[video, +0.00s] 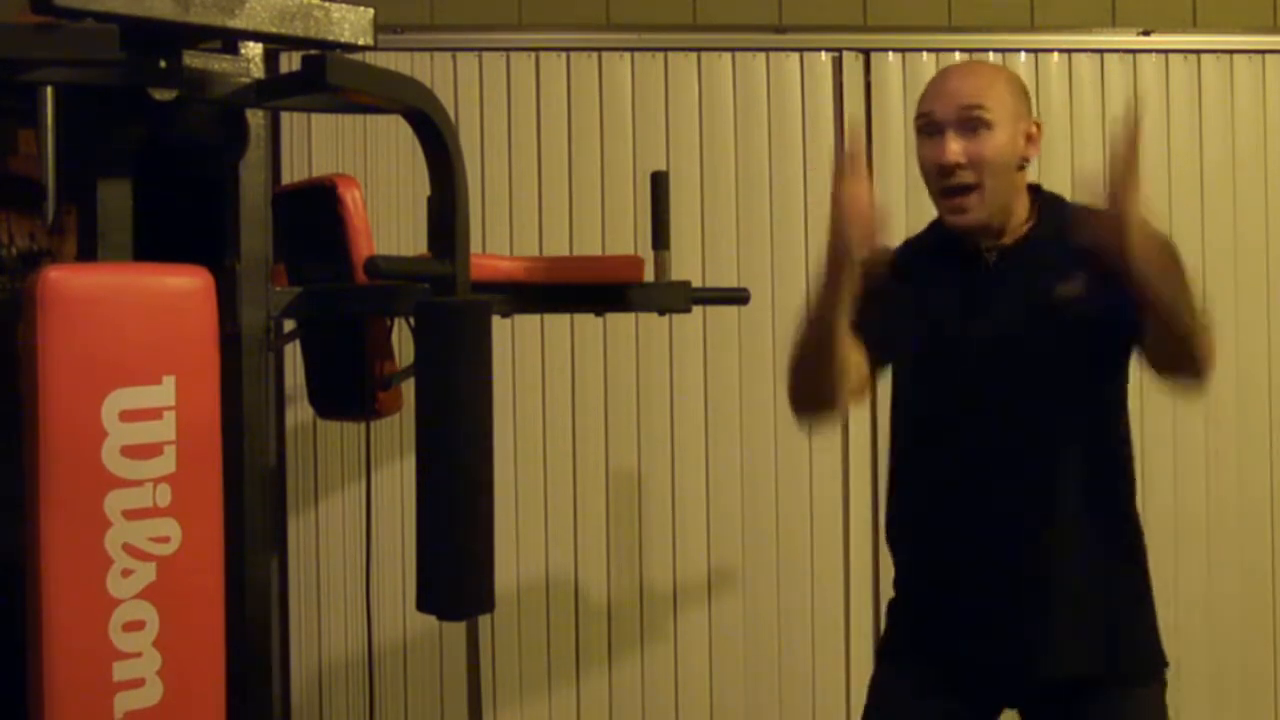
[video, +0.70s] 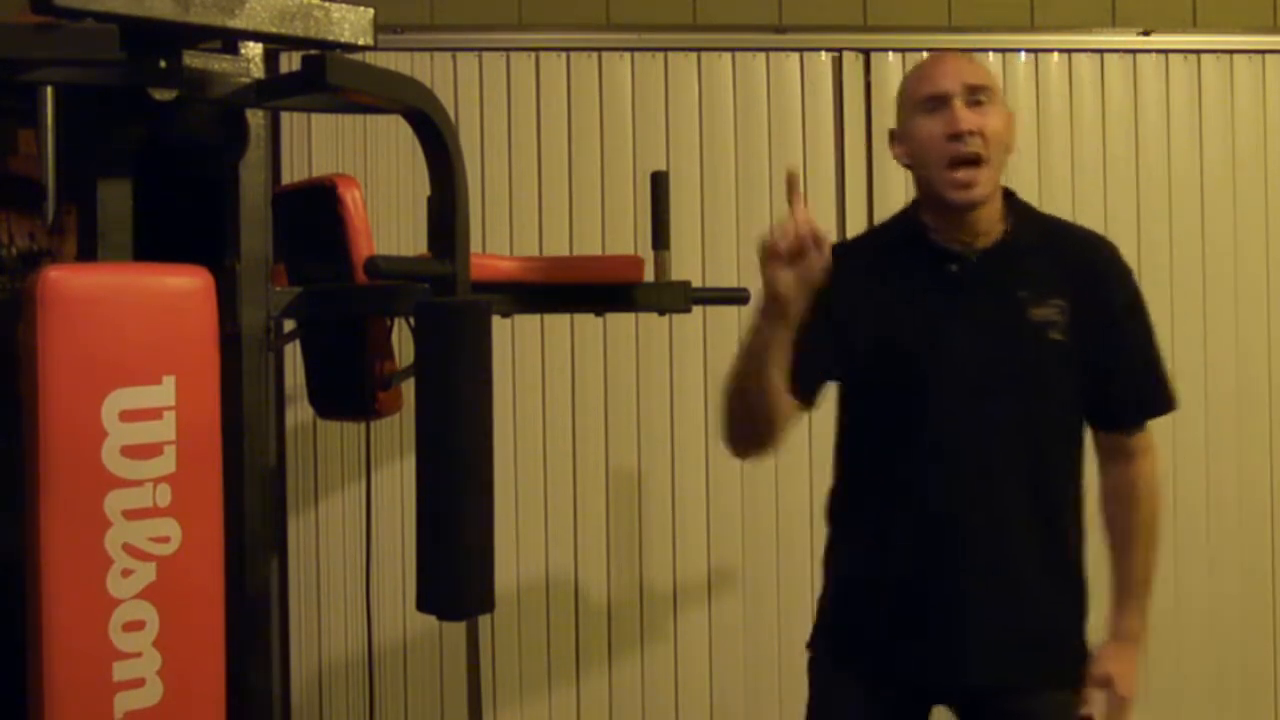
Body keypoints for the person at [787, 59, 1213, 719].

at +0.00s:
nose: (948, 154)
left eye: (974, 126)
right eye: (930, 131)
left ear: (1028, 141)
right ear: (916, 148)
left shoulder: (1103, 248)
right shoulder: (903, 274)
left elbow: (1188, 363)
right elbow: (812, 398)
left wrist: (1139, 241)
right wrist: (844, 264)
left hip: (1086, 624)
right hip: (938, 626)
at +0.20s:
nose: (978, 131)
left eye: (1001, 107)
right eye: (958, 113)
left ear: (1052, 125)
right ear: (941, 136)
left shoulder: (1132, 245)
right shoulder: (914, 272)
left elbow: (1247, 356)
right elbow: (800, 370)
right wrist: (804, 228)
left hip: (1112, 633)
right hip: (958, 635)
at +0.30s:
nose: (996, 138)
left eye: (1017, 113)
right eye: (975, 120)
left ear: (1068, 127)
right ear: (956, 141)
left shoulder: (1151, 262)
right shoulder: (918, 285)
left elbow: (1233, 405)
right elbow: (834, 449)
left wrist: (1233, 469)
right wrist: (810, 412)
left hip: (1121, 629)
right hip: (966, 632)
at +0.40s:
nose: (1019, 140)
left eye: (1038, 115)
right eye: (994, 122)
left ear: (1079, 132)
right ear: (965, 149)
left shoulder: (1154, 274)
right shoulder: (915, 293)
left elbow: (1193, 462)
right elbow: (875, 458)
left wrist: (1200, 643)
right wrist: (872, 604)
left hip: (1120, 636)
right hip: (964, 635)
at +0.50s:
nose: (1024, 144)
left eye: (1040, 120)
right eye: (995, 126)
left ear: (1066, 138)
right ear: (955, 156)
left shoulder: (1136, 281)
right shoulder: (900, 297)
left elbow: (1164, 473)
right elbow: (863, 469)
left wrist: (1172, 655)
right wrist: (878, 628)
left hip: (1097, 648)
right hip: (947, 657)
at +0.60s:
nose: (991, 130)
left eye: (1008, 108)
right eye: (962, 114)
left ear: (1036, 130)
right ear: (927, 148)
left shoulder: (1107, 273)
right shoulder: (876, 283)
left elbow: (1150, 463)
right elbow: (801, 459)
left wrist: (1163, 643)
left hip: (1057, 634)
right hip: (902, 640)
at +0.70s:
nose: (961, 121)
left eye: (978, 100)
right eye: (934, 106)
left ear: (1010, 129)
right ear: (900, 146)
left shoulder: (1082, 268)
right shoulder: (851, 273)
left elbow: (1127, 452)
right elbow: (747, 436)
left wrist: (1125, 638)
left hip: (1026, 634)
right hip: (872, 634)